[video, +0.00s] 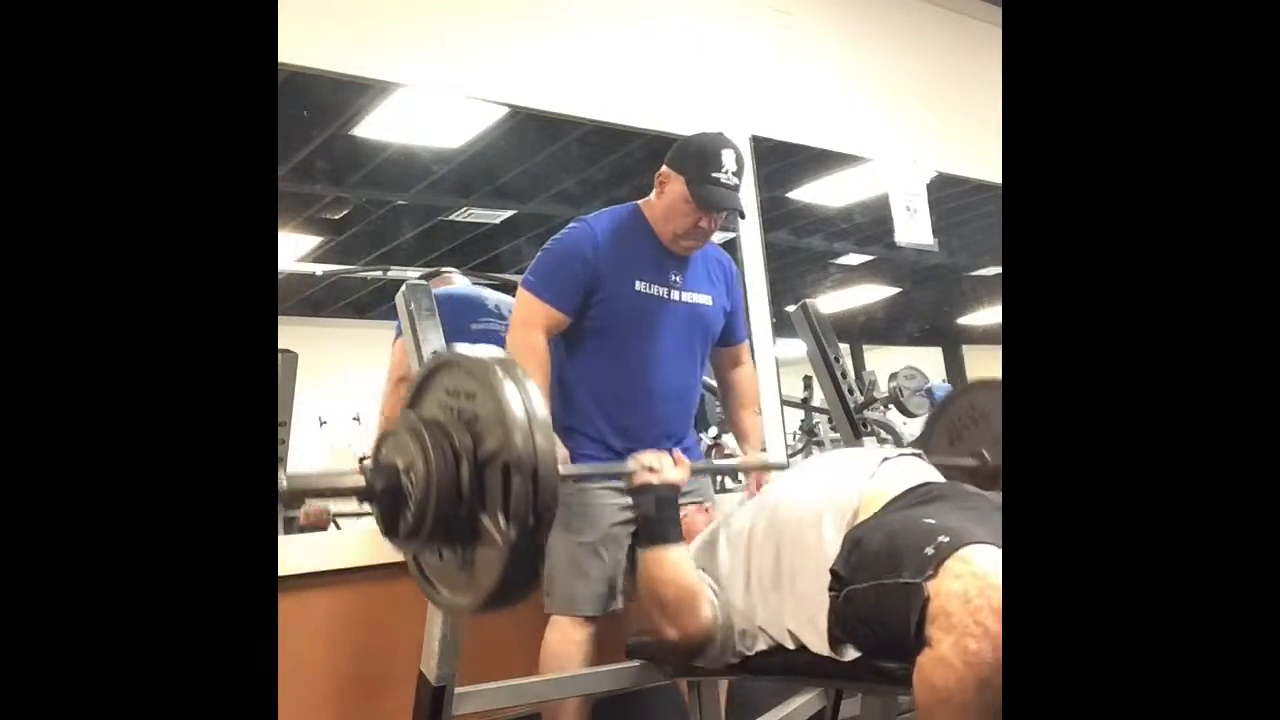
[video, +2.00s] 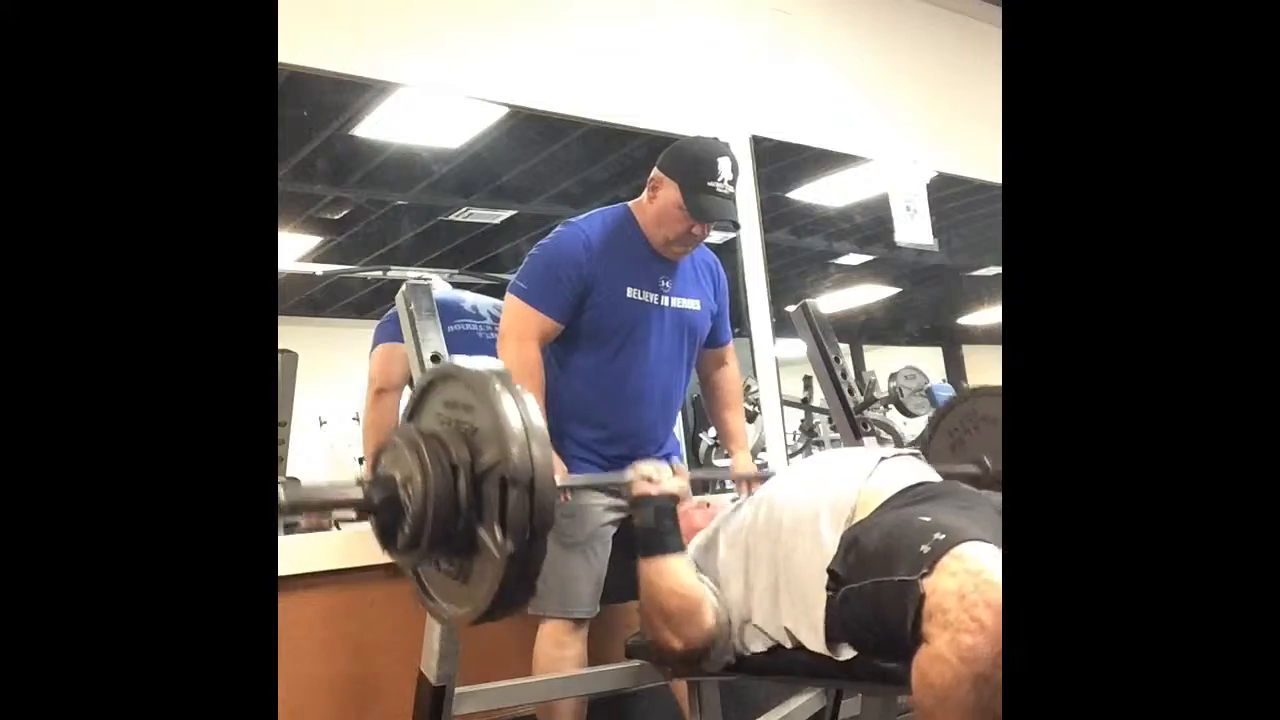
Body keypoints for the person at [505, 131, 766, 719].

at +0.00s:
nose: (710, 223)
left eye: (722, 213)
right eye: (701, 205)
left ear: (731, 210)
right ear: (664, 183)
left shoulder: (721, 271)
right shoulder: (589, 243)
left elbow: (736, 366)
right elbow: (527, 332)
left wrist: (752, 451)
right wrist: (538, 437)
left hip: (679, 471)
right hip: (591, 468)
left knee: (694, 622)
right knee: (575, 618)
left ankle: (701, 719)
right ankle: (561, 718)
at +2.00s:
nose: (702, 230)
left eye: (711, 221)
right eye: (693, 214)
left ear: (720, 216)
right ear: (656, 188)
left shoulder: (707, 271)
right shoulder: (579, 246)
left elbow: (719, 366)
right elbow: (519, 340)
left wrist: (739, 451)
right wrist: (538, 450)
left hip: (658, 469)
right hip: (576, 470)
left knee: (637, 614)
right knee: (568, 619)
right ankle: (564, 716)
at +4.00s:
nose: (704, 232)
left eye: (713, 222)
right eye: (696, 215)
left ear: (721, 217)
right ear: (657, 188)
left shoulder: (707, 271)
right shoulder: (579, 247)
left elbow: (718, 366)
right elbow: (520, 340)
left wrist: (739, 451)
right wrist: (540, 448)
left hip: (662, 469)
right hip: (578, 466)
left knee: (674, 617)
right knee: (569, 620)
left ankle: (690, 711)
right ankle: (561, 715)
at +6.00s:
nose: (703, 232)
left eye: (712, 223)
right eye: (695, 216)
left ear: (721, 218)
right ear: (657, 188)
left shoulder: (708, 272)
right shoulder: (579, 249)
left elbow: (719, 367)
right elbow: (520, 343)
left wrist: (740, 452)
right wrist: (538, 454)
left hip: (660, 471)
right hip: (579, 470)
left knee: (629, 610)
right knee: (570, 620)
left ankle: (598, 706)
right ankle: (559, 714)